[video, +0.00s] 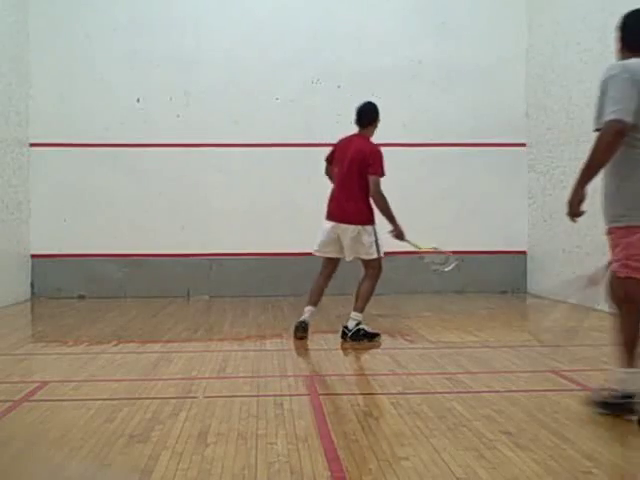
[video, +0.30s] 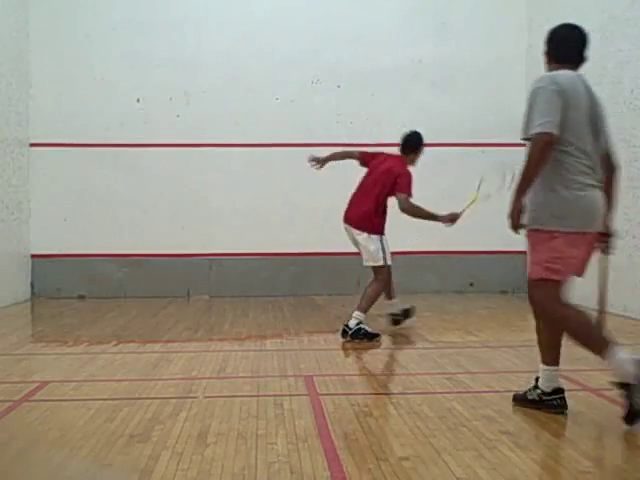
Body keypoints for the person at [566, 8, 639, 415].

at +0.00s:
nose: (616, 46)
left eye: (618, 40)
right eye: (620, 40)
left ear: (623, 41)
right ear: (636, 43)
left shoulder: (624, 73)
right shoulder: (625, 76)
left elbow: (617, 128)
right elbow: (617, 131)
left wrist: (581, 184)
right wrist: (584, 184)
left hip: (630, 215)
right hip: (627, 215)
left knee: (628, 291)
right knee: (625, 290)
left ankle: (629, 383)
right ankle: (627, 383)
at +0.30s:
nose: (544, 56)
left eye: (546, 50)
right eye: (549, 50)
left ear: (548, 53)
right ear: (582, 57)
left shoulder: (550, 84)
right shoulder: (588, 93)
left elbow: (544, 139)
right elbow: (609, 165)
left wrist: (519, 194)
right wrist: (605, 219)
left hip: (558, 208)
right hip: (587, 208)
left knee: (543, 297)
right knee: (546, 297)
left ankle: (626, 369)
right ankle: (548, 386)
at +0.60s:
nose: (486, 56)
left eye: (487, 50)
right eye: (492, 51)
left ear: (488, 53)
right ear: (522, 56)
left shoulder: (484, 85)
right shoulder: (532, 96)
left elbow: (479, 138)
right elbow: (533, 155)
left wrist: (459, 197)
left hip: (497, 204)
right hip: (537, 205)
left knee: (451, 288)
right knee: (527, 293)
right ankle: (546, 386)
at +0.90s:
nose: (396, 56)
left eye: (396, 50)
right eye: (410, 49)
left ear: (396, 54)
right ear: (430, 55)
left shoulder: (389, 92)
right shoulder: (442, 97)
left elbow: (393, 140)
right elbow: (460, 160)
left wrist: (383, 199)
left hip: (407, 213)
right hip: (450, 210)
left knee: (386, 300)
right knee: (454, 290)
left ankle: (401, 392)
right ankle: (500, 366)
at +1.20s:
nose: (285, 72)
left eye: (286, 64)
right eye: (288, 64)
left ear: (291, 66)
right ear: (321, 65)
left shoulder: (312, 102)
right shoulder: (331, 102)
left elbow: (325, 152)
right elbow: (302, 181)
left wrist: (295, 199)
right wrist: (252, 219)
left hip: (333, 231)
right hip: (362, 227)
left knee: (262, 301)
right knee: (384, 311)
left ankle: (287, 406)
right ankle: (445, 392)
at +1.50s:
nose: (99, 99)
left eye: (102, 89)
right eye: (97, 90)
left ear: (117, 86)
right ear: (112, 88)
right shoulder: (122, 135)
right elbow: (96, 197)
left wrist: (42, 189)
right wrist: (43, 217)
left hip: (190, 255)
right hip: (150, 250)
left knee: (193, 348)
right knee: (77, 292)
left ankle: (271, 406)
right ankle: (97, 396)